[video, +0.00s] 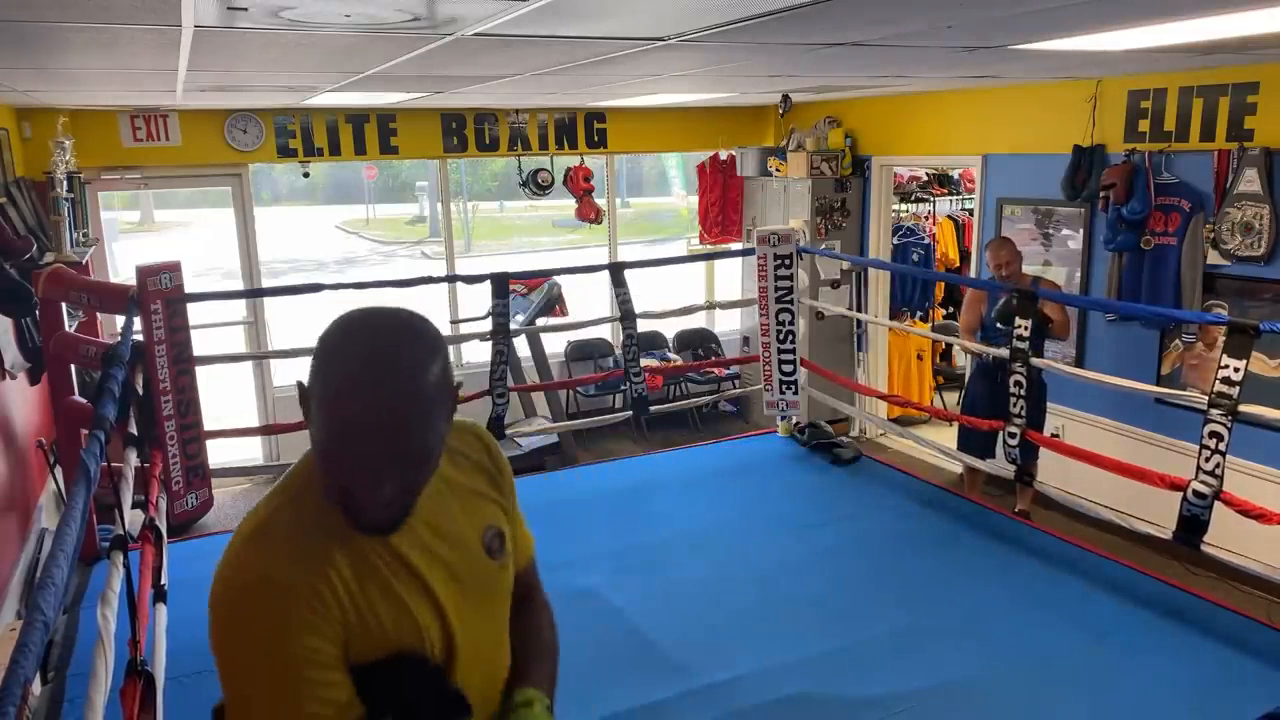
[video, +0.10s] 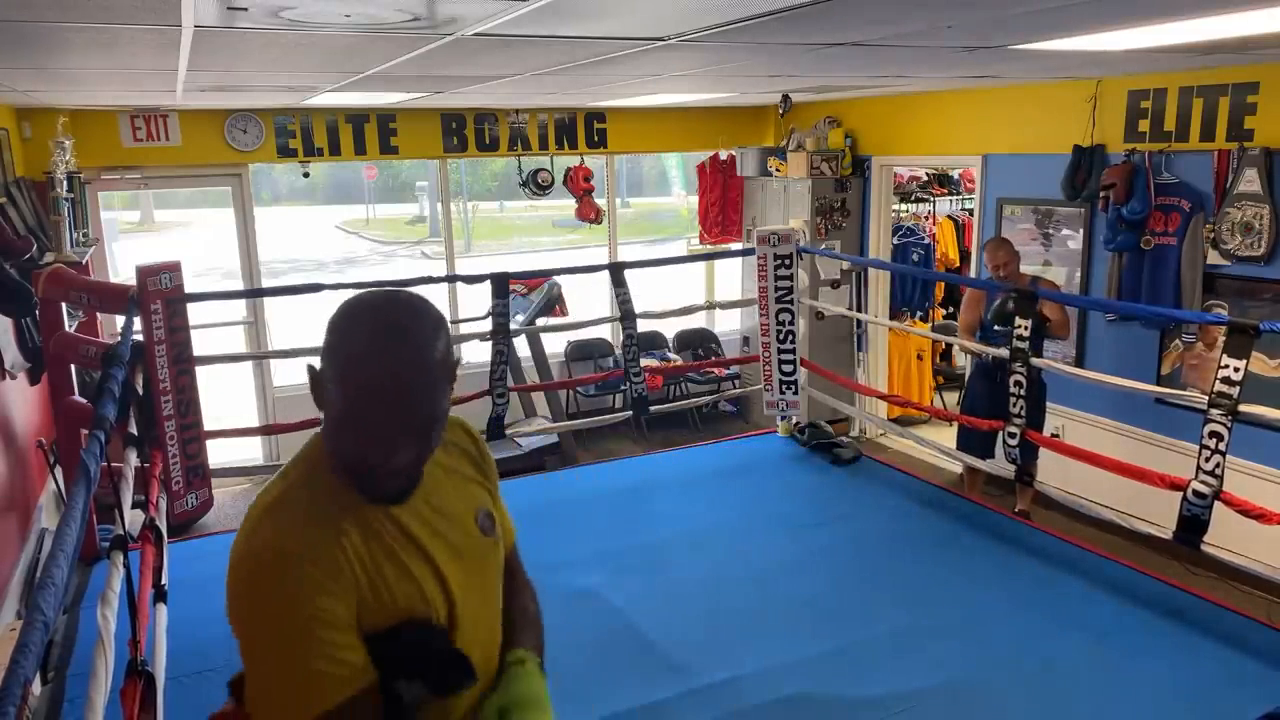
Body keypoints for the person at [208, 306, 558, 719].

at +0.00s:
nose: (377, 500)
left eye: (409, 471)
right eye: (346, 471)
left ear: (451, 411)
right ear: (306, 410)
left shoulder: (477, 457)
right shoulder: (270, 584)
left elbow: (524, 595)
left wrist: (530, 702)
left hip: (496, 699)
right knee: (408, 681)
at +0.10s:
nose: (397, 457)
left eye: (420, 430)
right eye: (368, 433)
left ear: (451, 392)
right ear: (319, 395)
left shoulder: (462, 448)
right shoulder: (284, 550)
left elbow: (509, 571)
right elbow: (326, 706)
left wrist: (523, 676)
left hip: (494, 697)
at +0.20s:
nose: (415, 432)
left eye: (436, 407)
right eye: (389, 411)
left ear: (455, 384)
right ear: (330, 379)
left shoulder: (450, 443)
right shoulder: (298, 522)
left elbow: (494, 559)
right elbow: (342, 706)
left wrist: (522, 667)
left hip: (479, 694)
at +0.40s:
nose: (442, 390)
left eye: (454, 368)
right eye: (416, 369)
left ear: (464, 356)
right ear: (350, 348)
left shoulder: (423, 432)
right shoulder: (322, 481)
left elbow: (462, 562)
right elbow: (389, 688)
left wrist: (519, 631)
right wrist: (507, 698)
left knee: (571, 700)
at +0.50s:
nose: (450, 377)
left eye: (455, 357)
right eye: (437, 357)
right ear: (381, 345)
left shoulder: (393, 429)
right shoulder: (335, 462)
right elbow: (414, 667)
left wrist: (481, 601)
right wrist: (523, 674)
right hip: (388, 706)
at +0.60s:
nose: (448, 366)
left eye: (451, 346)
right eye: (433, 346)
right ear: (382, 334)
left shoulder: (373, 428)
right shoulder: (350, 448)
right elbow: (446, 640)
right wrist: (534, 649)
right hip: (408, 706)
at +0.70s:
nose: (446, 360)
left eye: (448, 341)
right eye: (436, 340)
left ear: (371, 331)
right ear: (382, 331)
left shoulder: (325, 420)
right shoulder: (373, 438)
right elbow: (489, 619)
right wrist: (548, 625)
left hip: (377, 700)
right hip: (441, 704)